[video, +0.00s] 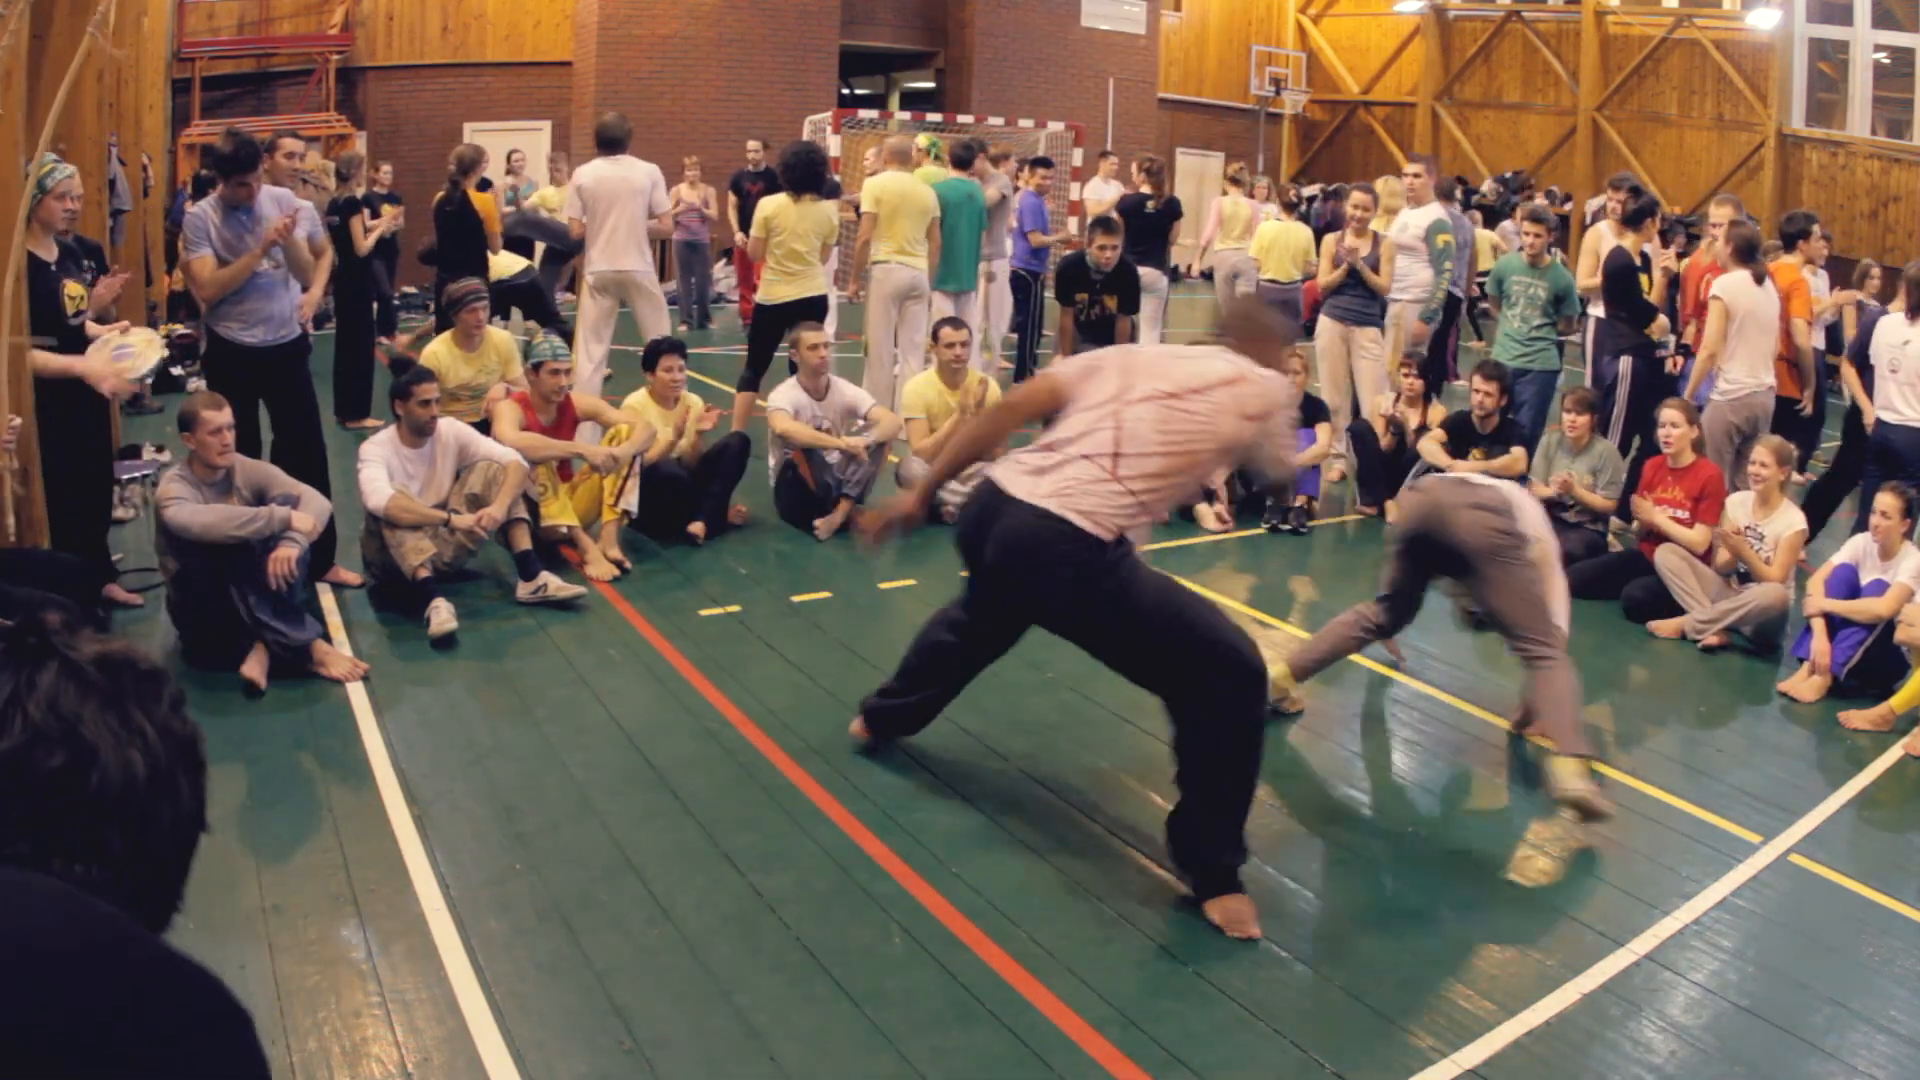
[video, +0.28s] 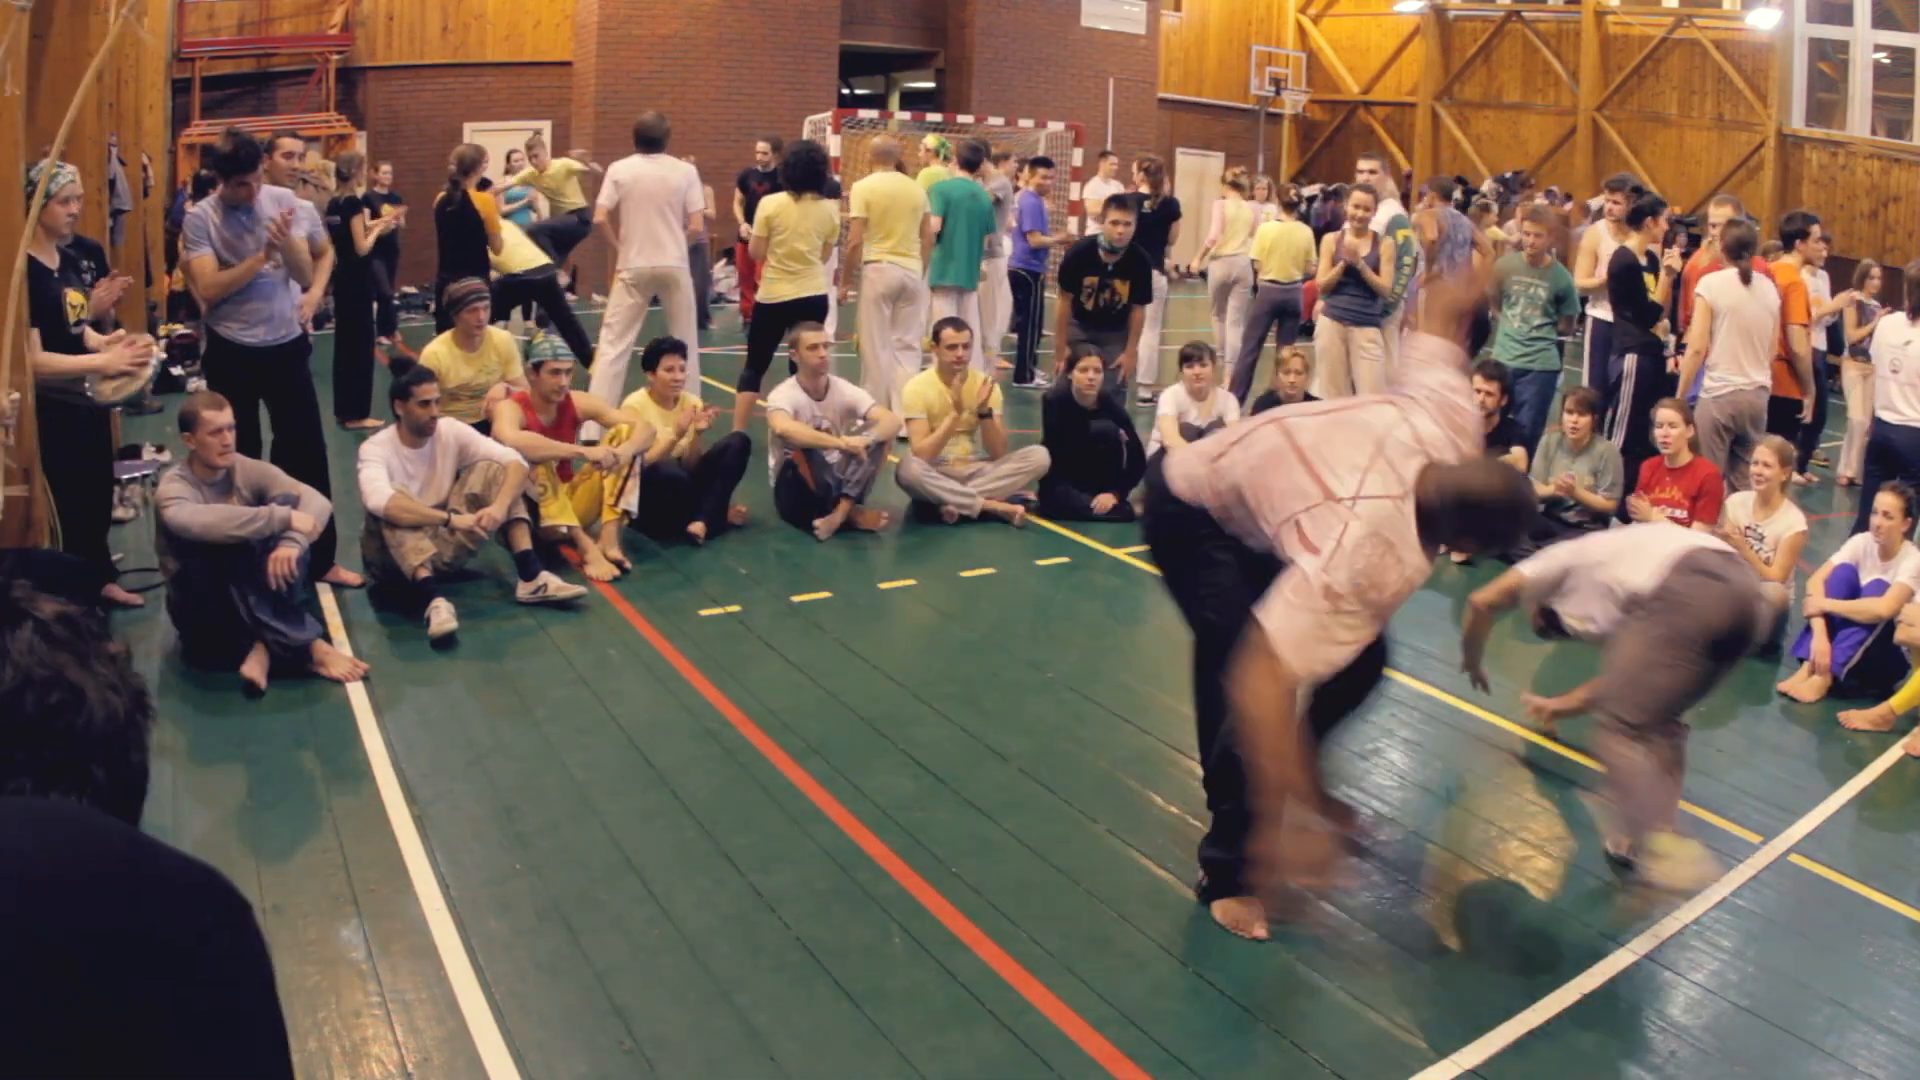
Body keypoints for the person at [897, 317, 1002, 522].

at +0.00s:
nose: (958, 353)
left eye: (964, 345)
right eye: (950, 346)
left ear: (971, 347)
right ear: (933, 349)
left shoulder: (988, 386)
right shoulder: (917, 389)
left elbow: (997, 451)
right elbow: (921, 453)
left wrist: (976, 417)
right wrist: (960, 416)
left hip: (975, 465)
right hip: (935, 467)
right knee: (910, 468)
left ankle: (953, 507)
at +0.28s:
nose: (960, 355)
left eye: (966, 347)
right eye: (952, 348)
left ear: (972, 347)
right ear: (934, 349)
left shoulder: (986, 385)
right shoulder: (917, 388)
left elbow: (997, 453)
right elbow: (922, 455)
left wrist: (984, 411)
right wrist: (955, 416)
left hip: (978, 468)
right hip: (937, 471)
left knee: (1040, 456)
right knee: (907, 470)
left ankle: (961, 505)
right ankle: (989, 506)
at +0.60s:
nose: (961, 354)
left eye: (966, 347)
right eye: (952, 348)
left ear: (972, 346)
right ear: (934, 348)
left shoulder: (986, 384)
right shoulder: (917, 388)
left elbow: (997, 453)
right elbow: (922, 455)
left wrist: (982, 410)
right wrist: (957, 414)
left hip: (978, 468)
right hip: (937, 472)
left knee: (1040, 456)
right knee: (907, 470)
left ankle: (962, 505)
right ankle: (989, 506)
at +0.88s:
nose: (963, 355)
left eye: (967, 348)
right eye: (954, 349)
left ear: (972, 347)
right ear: (935, 349)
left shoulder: (986, 384)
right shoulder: (917, 388)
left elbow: (998, 454)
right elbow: (921, 456)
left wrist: (986, 412)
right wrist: (952, 415)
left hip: (979, 468)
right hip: (938, 471)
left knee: (1040, 455)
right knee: (907, 469)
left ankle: (961, 505)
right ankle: (989, 506)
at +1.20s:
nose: (964, 356)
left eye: (969, 348)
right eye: (956, 350)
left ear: (973, 347)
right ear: (937, 350)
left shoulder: (986, 384)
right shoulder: (917, 388)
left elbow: (996, 453)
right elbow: (922, 455)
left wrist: (985, 411)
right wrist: (956, 416)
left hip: (978, 469)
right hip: (937, 472)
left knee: (1040, 455)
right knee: (907, 468)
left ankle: (960, 505)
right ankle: (989, 506)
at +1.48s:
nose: (966, 357)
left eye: (971, 349)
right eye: (957, 350)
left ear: (976, 348)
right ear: (938, 351)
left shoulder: (987, 385)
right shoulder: (919, 388)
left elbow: (993, 454)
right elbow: (926, 454)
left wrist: (986, 412)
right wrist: (963, 417)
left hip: (978, 468)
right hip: (938, 470)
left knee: (1040, 455)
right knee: (908, 466)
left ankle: (961, 505)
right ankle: (990, 506)